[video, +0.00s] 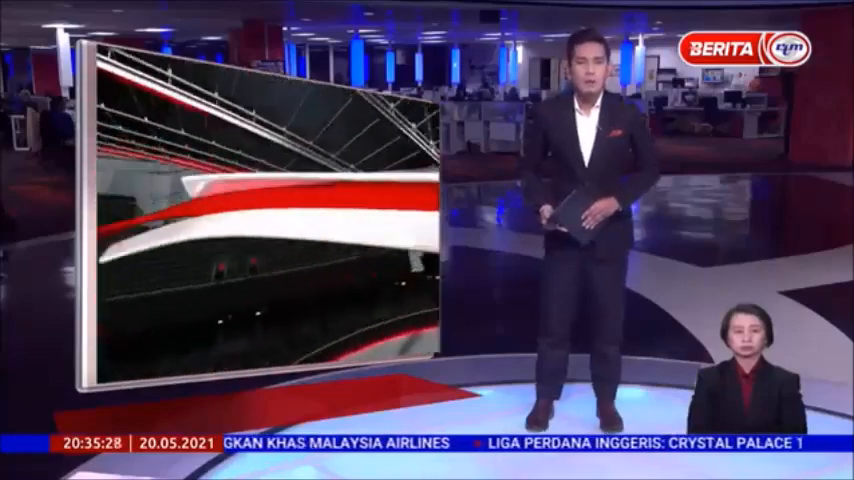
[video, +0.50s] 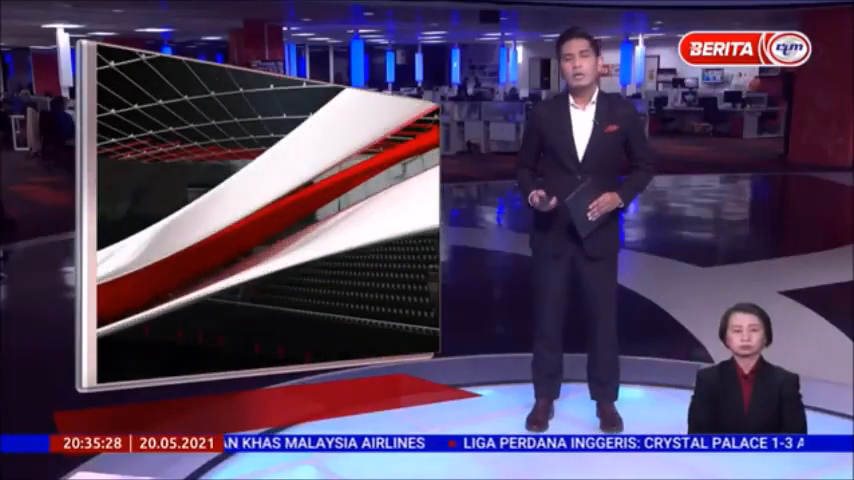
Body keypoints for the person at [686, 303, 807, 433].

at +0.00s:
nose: (746, 338)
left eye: (755, 331)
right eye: (738, 331)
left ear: (766, 337)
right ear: (727, 338)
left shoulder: (786, 382)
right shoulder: (709, 379)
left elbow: (796, 437)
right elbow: (697, 434)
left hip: (772, 464)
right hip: (719, 463)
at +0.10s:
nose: (746, 338)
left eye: (755, 330)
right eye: (738, 331)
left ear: (766, 337)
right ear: (727, 338)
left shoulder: (786, 381)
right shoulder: (708, 379)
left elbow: (797, 437)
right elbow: (697, 434)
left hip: (772, 464)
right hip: (720, 463)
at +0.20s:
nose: (746, 337)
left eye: (754, 330)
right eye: (738, 331)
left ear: (766, 337)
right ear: (726, 339)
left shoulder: (785, 381)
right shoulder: (708, 379)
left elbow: (796, 438)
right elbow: (697, 435)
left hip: (771, 465)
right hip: (719, 464)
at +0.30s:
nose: (746, 337)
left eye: (754, 330)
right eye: (738, 331)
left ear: (766, 337)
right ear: (726, 339)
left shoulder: (785, 381)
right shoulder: (708, 379)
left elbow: (796, 437)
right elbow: (697, 434)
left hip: (771, 464)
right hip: (719, 463)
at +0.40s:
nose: (746, 337)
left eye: (754, 330)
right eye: (737, 330)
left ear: (766, 337)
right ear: (726, 338)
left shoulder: (785, 382)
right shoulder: (708, 379)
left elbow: (796, 438)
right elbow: (697, 435)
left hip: (771, 465)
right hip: (719, 463)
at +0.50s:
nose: (745, 338)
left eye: (754, 330)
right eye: (737, 330)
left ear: (766, 337)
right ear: (725, 339)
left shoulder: (785, 382)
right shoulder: (708, 379)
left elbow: (796, 438)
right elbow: (698, 435)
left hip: (771, 465)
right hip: (719, 463)